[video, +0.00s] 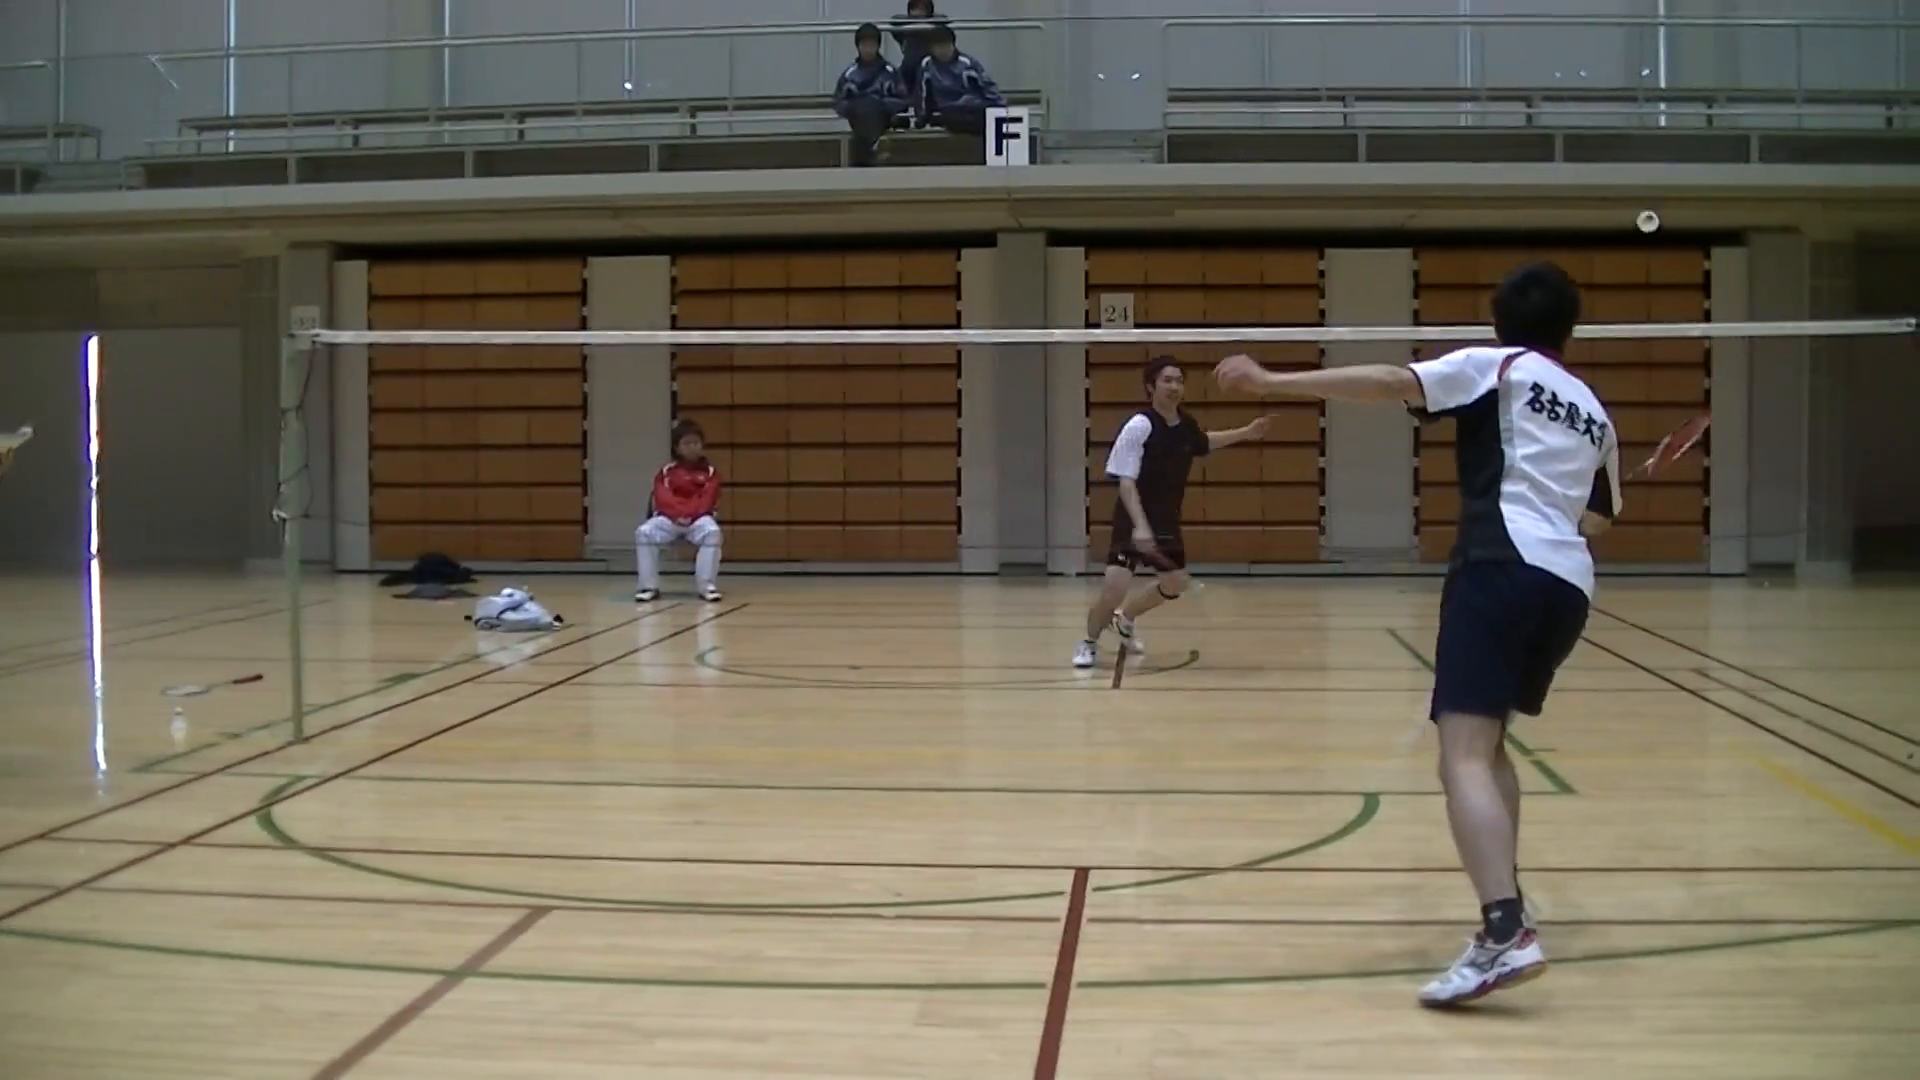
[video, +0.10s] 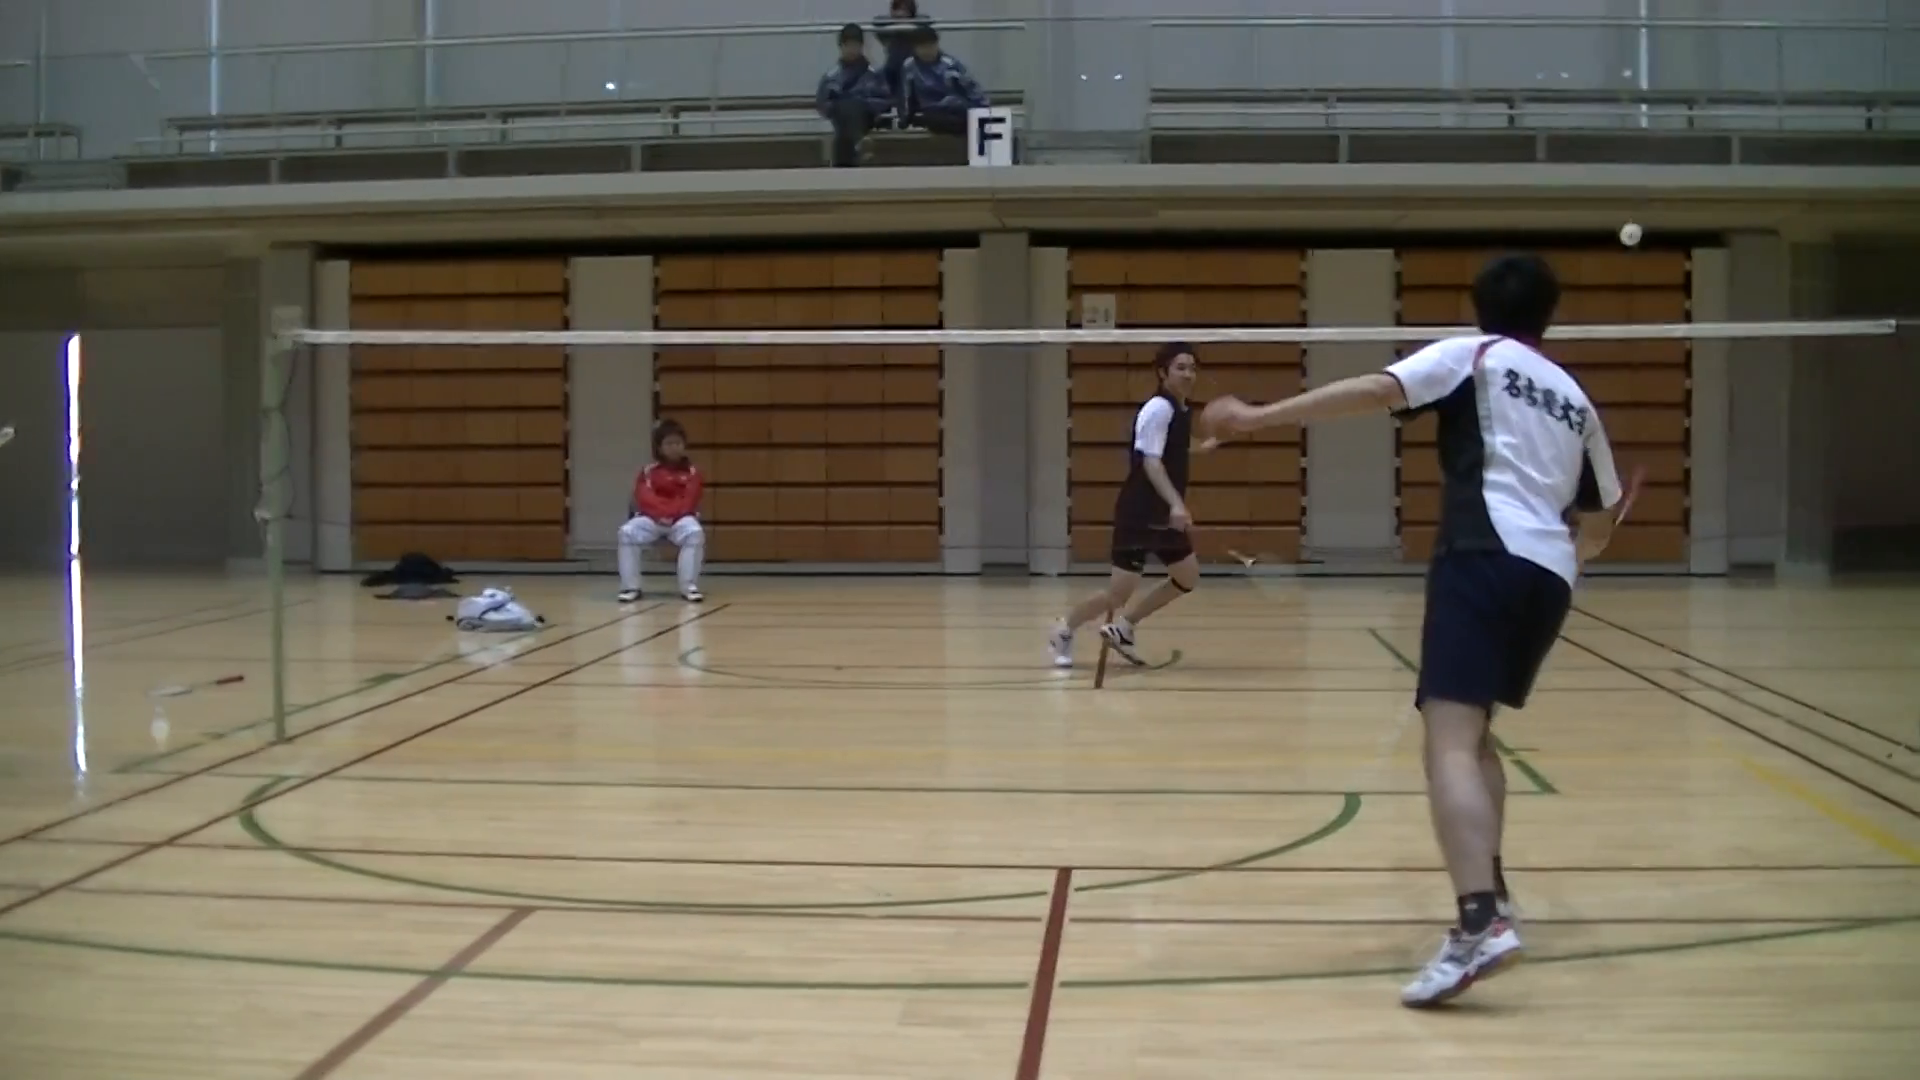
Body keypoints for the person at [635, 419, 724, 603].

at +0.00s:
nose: (692, 448)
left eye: (696, 443)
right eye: (686, 443)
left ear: (702, 445)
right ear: (676, 448)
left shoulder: (710, 472)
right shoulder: (666, 471)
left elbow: (707, 501)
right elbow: (662, 500)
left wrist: (689, 515)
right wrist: (679, 514)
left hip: (698, 518)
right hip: (670, 518)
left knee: (713, 533)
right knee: (644, 533)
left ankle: (706, 585)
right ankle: (648, 587)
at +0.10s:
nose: (674, 448)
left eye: (678, 443)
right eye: (668, 443)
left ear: (684, 445)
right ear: (659, 448)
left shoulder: (691, 473)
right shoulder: (648, 471)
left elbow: (689, 502)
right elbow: (643, 498)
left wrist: (671, 516)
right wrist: (661, 513)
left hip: (680, 518)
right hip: (651, 518)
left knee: (695, 534)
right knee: (627, 533)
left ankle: (688, 585)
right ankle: (631, 588)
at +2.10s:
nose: (656, 450)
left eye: (660, 445)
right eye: (651, 446)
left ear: (666, 448)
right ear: (642, 450)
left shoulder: (675, 475)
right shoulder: (631, 474)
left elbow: (672, 504)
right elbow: (626, 500)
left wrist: (655, 518)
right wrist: (642, 516)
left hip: (662, 521)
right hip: (633, 521)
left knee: (677, 536)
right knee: (609, 536)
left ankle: (671, 588)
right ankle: (614, 590)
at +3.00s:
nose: (656, 441)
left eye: (660, 436)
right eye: (651, 437)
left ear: (666, 439)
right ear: (642, 442)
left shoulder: (674, 466)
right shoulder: (630, 465)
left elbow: (672, 494)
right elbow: (626, 492)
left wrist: (657, 510)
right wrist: (641, 508)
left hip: (661, 513)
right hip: (633, 512)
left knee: (677, 527)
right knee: (609, 528)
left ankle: (671, 580)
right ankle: (613, 582)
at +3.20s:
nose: (652, 364)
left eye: (656, 358)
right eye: (648, 358)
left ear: (662, 361)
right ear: (641, 361)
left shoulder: (669, 384)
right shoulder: (630, 383)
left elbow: (671, 415)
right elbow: (623, 414)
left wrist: (655, 430)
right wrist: (638, 430)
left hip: (659, 429)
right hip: (631, 428)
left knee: (671, 449)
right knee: (610, 449)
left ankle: (669, 505)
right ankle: (609, 507)